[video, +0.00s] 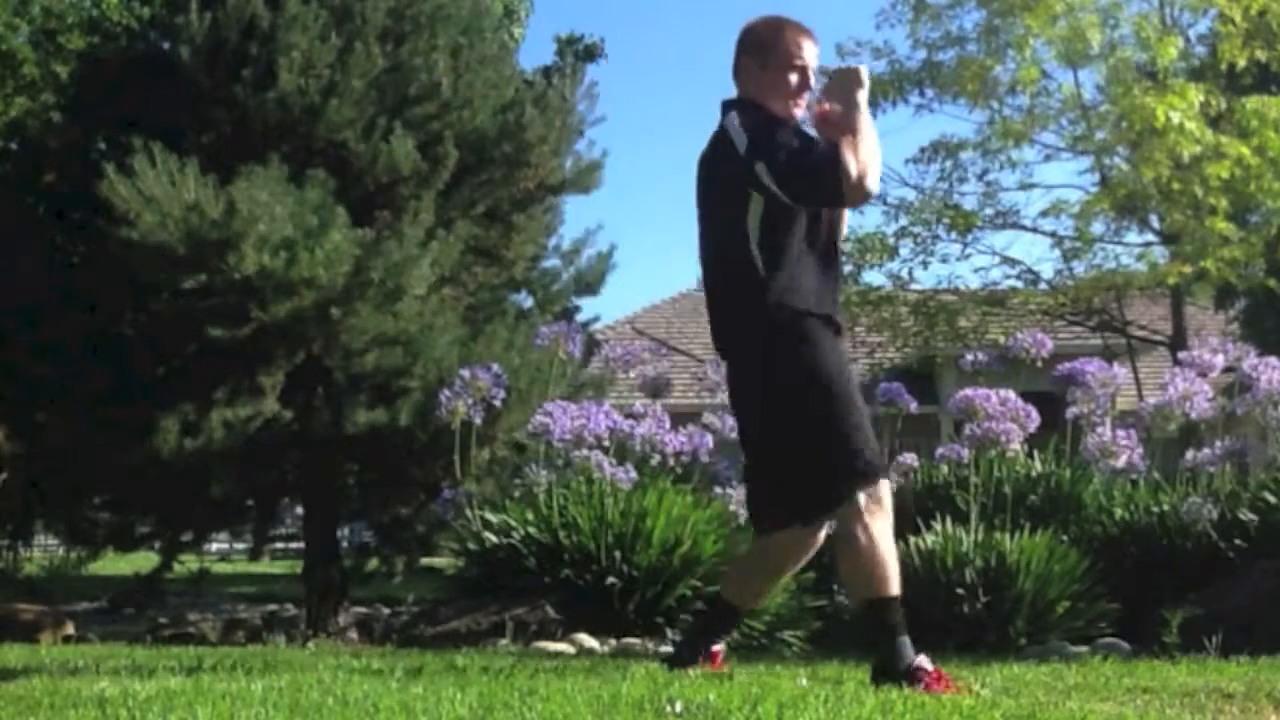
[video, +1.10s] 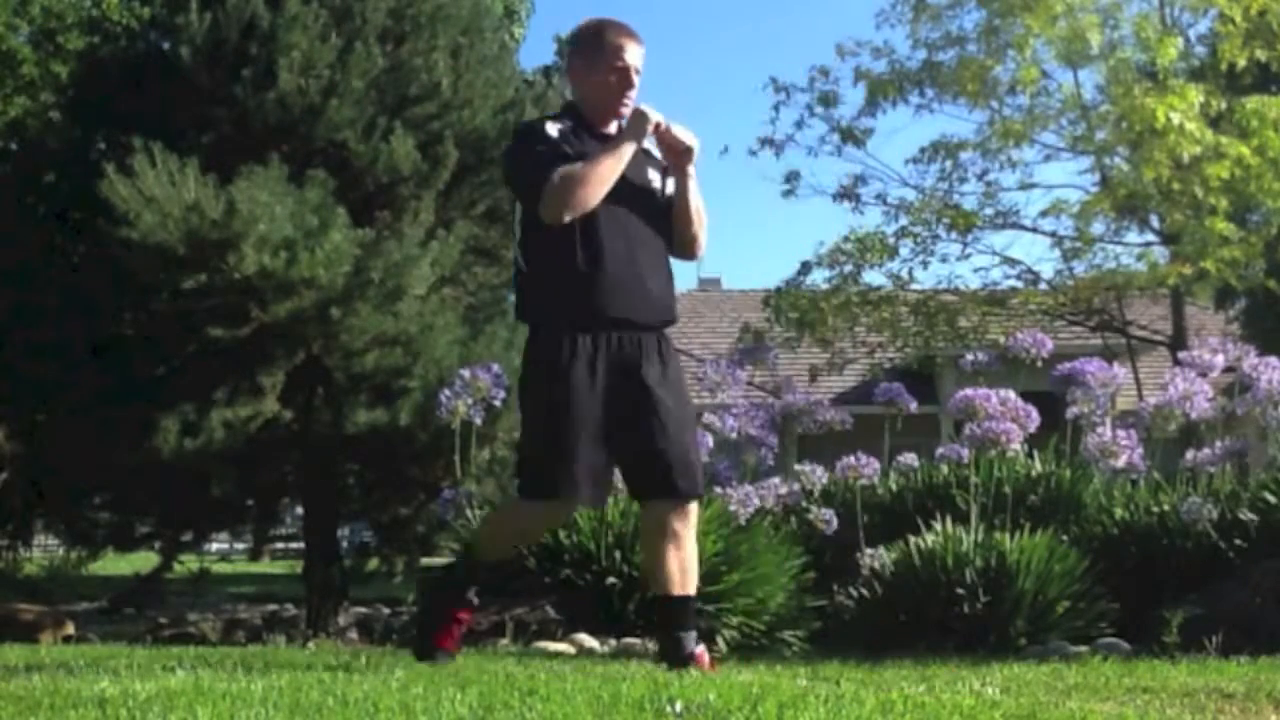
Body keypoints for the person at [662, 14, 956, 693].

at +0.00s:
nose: (807, 83)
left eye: (810, 72)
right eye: (795, 69)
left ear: (807, 76)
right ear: (749, 68)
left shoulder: (746, 139)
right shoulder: (758, 133)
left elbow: (827, 228)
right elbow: (860, 179)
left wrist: (836, 135)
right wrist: (860, 108)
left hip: (772, 344)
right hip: (796, 337)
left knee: (802, 520)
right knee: (868, 493)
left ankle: (698, 645)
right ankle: (899, 662)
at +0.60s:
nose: (796, 94)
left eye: (801, 84)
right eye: (785, 79)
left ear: (791, 93)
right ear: (743, 73)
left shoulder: (757, 152)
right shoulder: (721, 143)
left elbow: (824, 244)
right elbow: (795, 202)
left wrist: (830, 147)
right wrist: (826, 127)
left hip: (779, 352)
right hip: (773, 349)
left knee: (825, 520)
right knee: (861, 493)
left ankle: (708, 637)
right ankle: (899, 660)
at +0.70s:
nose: (768, 84)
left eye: (772, 73)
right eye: (756, 70)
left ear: (763, 79)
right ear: (711, 67)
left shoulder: (743, 149)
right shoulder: (683, 135)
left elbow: (809, 233)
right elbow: (741, 189)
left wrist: (810, 151)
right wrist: (778, 120)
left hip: (756, 341)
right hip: (724, 342)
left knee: (780, 508)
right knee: (807, 482)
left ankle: (697, 644)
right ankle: (860, 645)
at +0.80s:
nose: (737, 70)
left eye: (742, 60)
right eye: (725, 57)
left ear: (739, 65)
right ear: (682, 54)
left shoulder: (725, 141)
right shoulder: (645, 119)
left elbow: (787, 225)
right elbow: (682, 186)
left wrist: (785, 147)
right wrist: (742, 122)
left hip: (736, 324)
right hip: (677, 322)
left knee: (741, 480)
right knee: (762, 448)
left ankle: (694, 637)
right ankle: (778, 630)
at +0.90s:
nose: (704, 69)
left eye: (709, 59)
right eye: (691, 55)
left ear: (712, 69)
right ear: (651, 55)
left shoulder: (709, 143)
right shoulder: (611, 123)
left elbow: (760, 230)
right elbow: (633, 194)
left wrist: (757, 151)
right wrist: (705, 132)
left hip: (712, 329)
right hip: (644, 324)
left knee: (720, 489)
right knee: (709, 457)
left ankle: (690, 628)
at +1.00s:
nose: (669, 75)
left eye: (675, 66)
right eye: (655, 62)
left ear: (680, 75)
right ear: (616, 64)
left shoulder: (677, 154)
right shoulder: (575, 133)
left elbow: (729, 238)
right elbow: (598, 198)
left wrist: (723, 164)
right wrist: (667, 138)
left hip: (684, 338)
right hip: (611, 334)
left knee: (699, 495)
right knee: (636, 488)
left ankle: (686, 642)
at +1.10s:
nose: (630, 84)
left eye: (636, 74)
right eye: (617, 71)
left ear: (639, 80)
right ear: (575, 71)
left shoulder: (648, 156)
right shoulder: (539, 139)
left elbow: (687, 246)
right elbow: (563, 204)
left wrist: (683, 174)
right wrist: (630, 142)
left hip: (651, 346)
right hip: (569, 345)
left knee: (677, 496)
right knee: (553, 495)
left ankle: (679, 640)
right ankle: (455, 589)